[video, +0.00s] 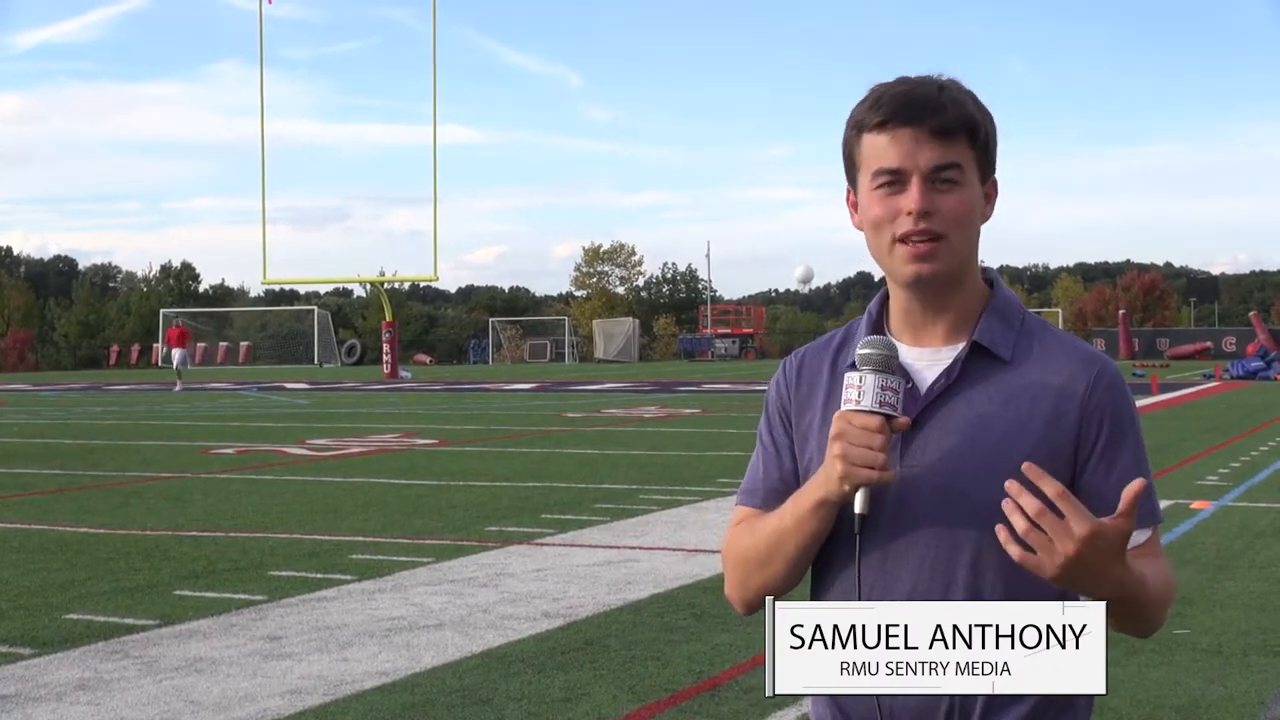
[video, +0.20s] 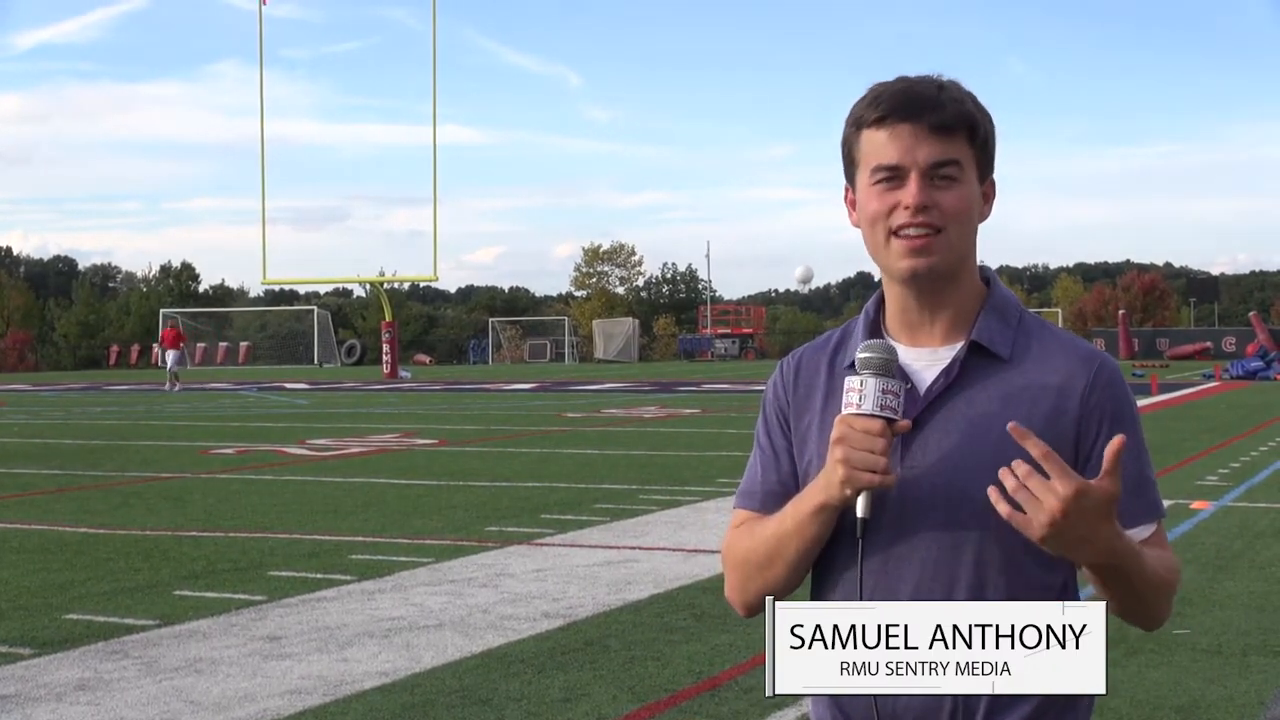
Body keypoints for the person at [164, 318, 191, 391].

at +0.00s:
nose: (175, 323)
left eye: (177, 321)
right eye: (174, 321)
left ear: (179, 322)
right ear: (172, 322)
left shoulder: (183, 330)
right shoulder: (170, 330)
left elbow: (187, 340)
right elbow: (166, 342)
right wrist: (164, 350)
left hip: (181, 349)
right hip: (174, 349)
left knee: (176, 366)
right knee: (176, 367)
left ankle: (179, 384)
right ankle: (179, 384)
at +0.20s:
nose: (170, 324)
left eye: (172, 322)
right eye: (169, 322)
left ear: (175, 323)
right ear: (168, 323)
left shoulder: (177, 331)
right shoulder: (165, 331)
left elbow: (183, 340)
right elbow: (161, 340)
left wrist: (182, 345)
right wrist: (159, 345)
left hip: (175, 350)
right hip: (168, 350)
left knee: (169, 367)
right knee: (173, 368)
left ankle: (169, 383)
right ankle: (178, 383)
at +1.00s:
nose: (141, 323)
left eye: (142, 322)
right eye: (140, 322)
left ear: (145, 323)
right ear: (138, 323)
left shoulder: (148, 330)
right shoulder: (135, 331)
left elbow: (151, 341)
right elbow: (133, 344)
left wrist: (150, 351)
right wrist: (132, 355)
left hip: (145, 351)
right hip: (137, 351)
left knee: (145, 370)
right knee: (138, 371)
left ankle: (154, 382)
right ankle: (140, 386)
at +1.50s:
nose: (124, 324)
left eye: (125, 322)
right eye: (122, 322)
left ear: (128, 323)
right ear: (121, 323)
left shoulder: (133, 332)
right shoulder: (118, 332)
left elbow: (137, 344)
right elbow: (115, 345)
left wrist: (138, 354)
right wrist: (112, 358)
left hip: (130, 352)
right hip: (122, 352)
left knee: (124, 371)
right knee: (122, 372)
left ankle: (124, 388)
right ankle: (134, 384)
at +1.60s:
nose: (120, 323)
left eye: (121, 322)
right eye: (118, 322)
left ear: (124, 322)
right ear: (117, 323)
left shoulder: (129, 331)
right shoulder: (115, 331)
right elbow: (112, 344)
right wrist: (109, 354)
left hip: (125, 351)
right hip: (116, 351)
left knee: (123, 371)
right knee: (114, 371)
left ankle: (124, 387)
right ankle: (124, 382)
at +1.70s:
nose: (116, 322)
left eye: (118, 321)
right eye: (115, 321)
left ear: (120, 321)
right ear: (114, 321)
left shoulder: (123, 330)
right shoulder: (112, 330)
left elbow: (126, 341)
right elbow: (110, 341)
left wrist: (126, 351)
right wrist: (109, 349)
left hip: (121, 351)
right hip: (113, 351)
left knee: (122, 370)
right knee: (109, 369)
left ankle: (123, 387)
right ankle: (116, 385)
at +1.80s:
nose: (112, 323)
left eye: (113, 322)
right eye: (111, 322)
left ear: (117, 322)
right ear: (110, 322)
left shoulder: (120, 330)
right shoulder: (108, 331)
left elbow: (121, 342)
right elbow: (108, 342)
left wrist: (115, 350)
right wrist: (106, 350)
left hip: (119, 352)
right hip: (110, 352)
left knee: (120, 371)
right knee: (106, 371)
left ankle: (123, 388)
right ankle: (105, 387)